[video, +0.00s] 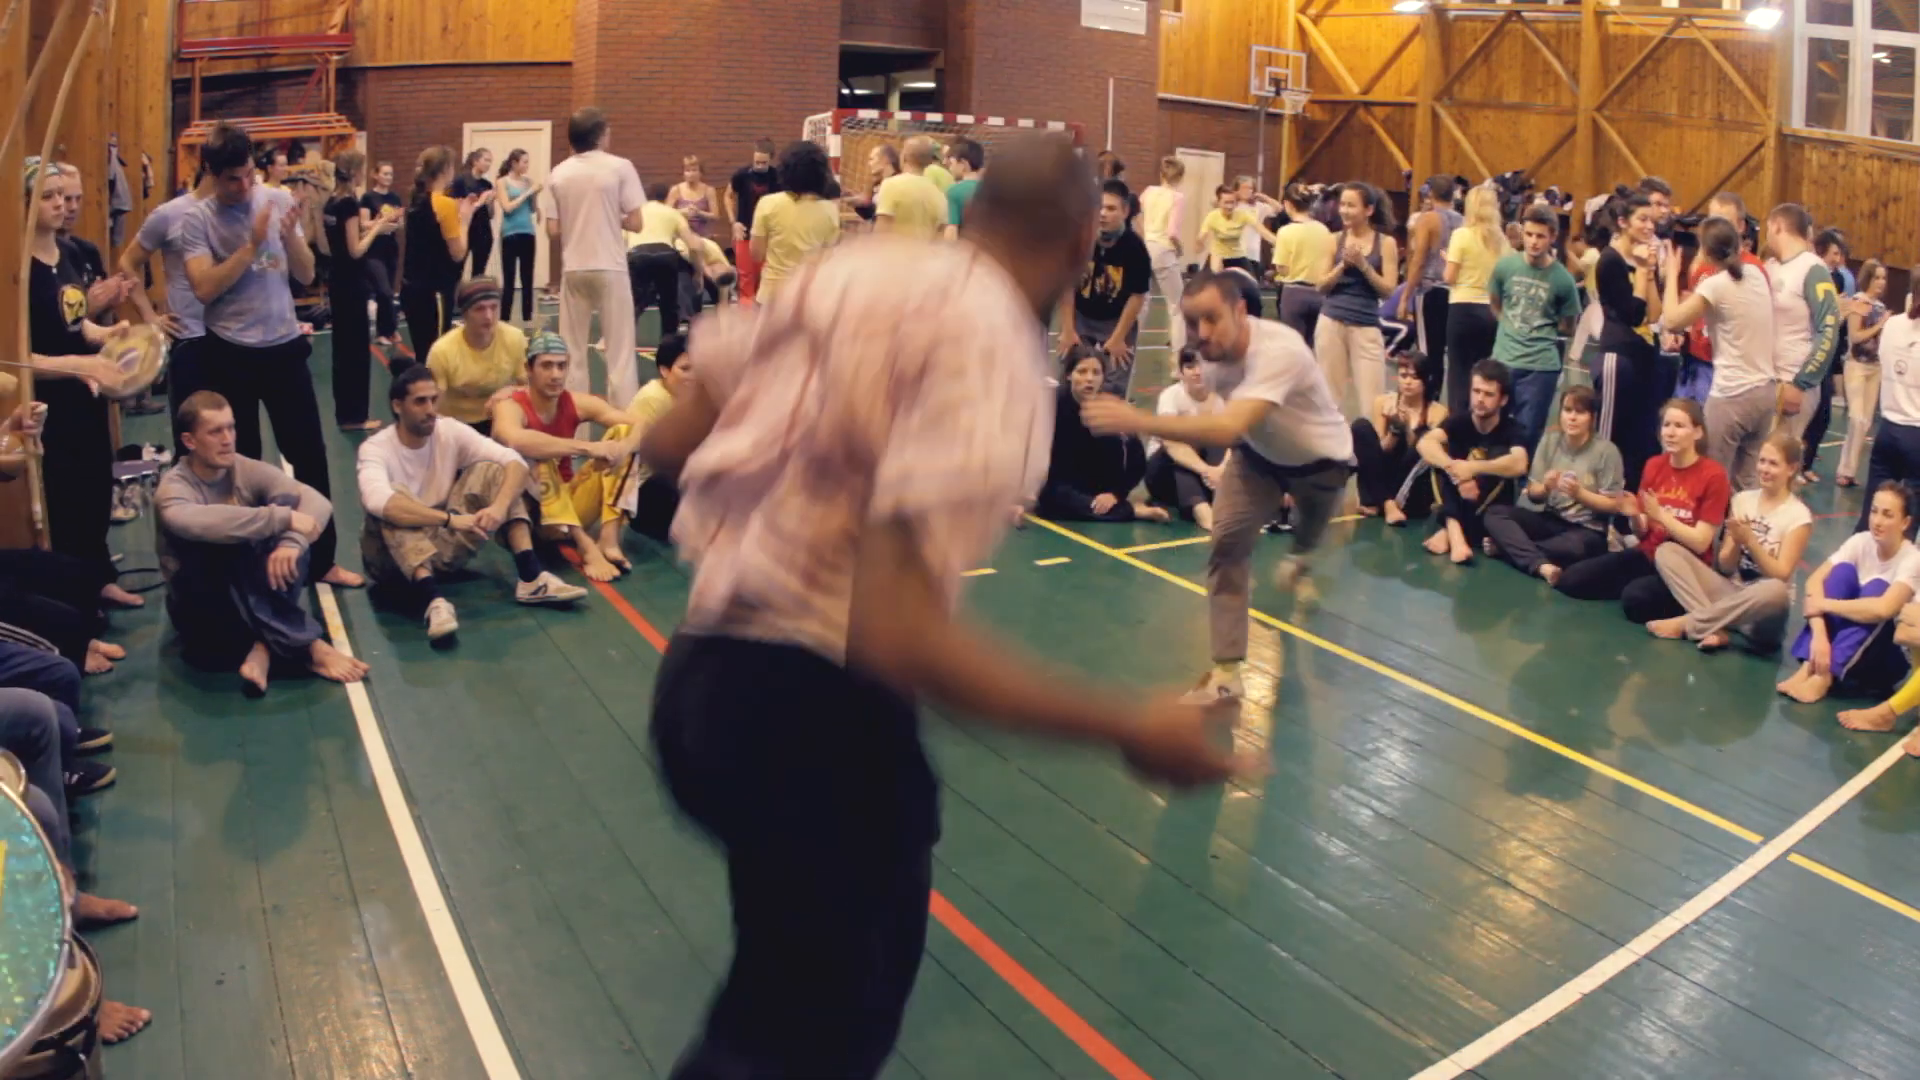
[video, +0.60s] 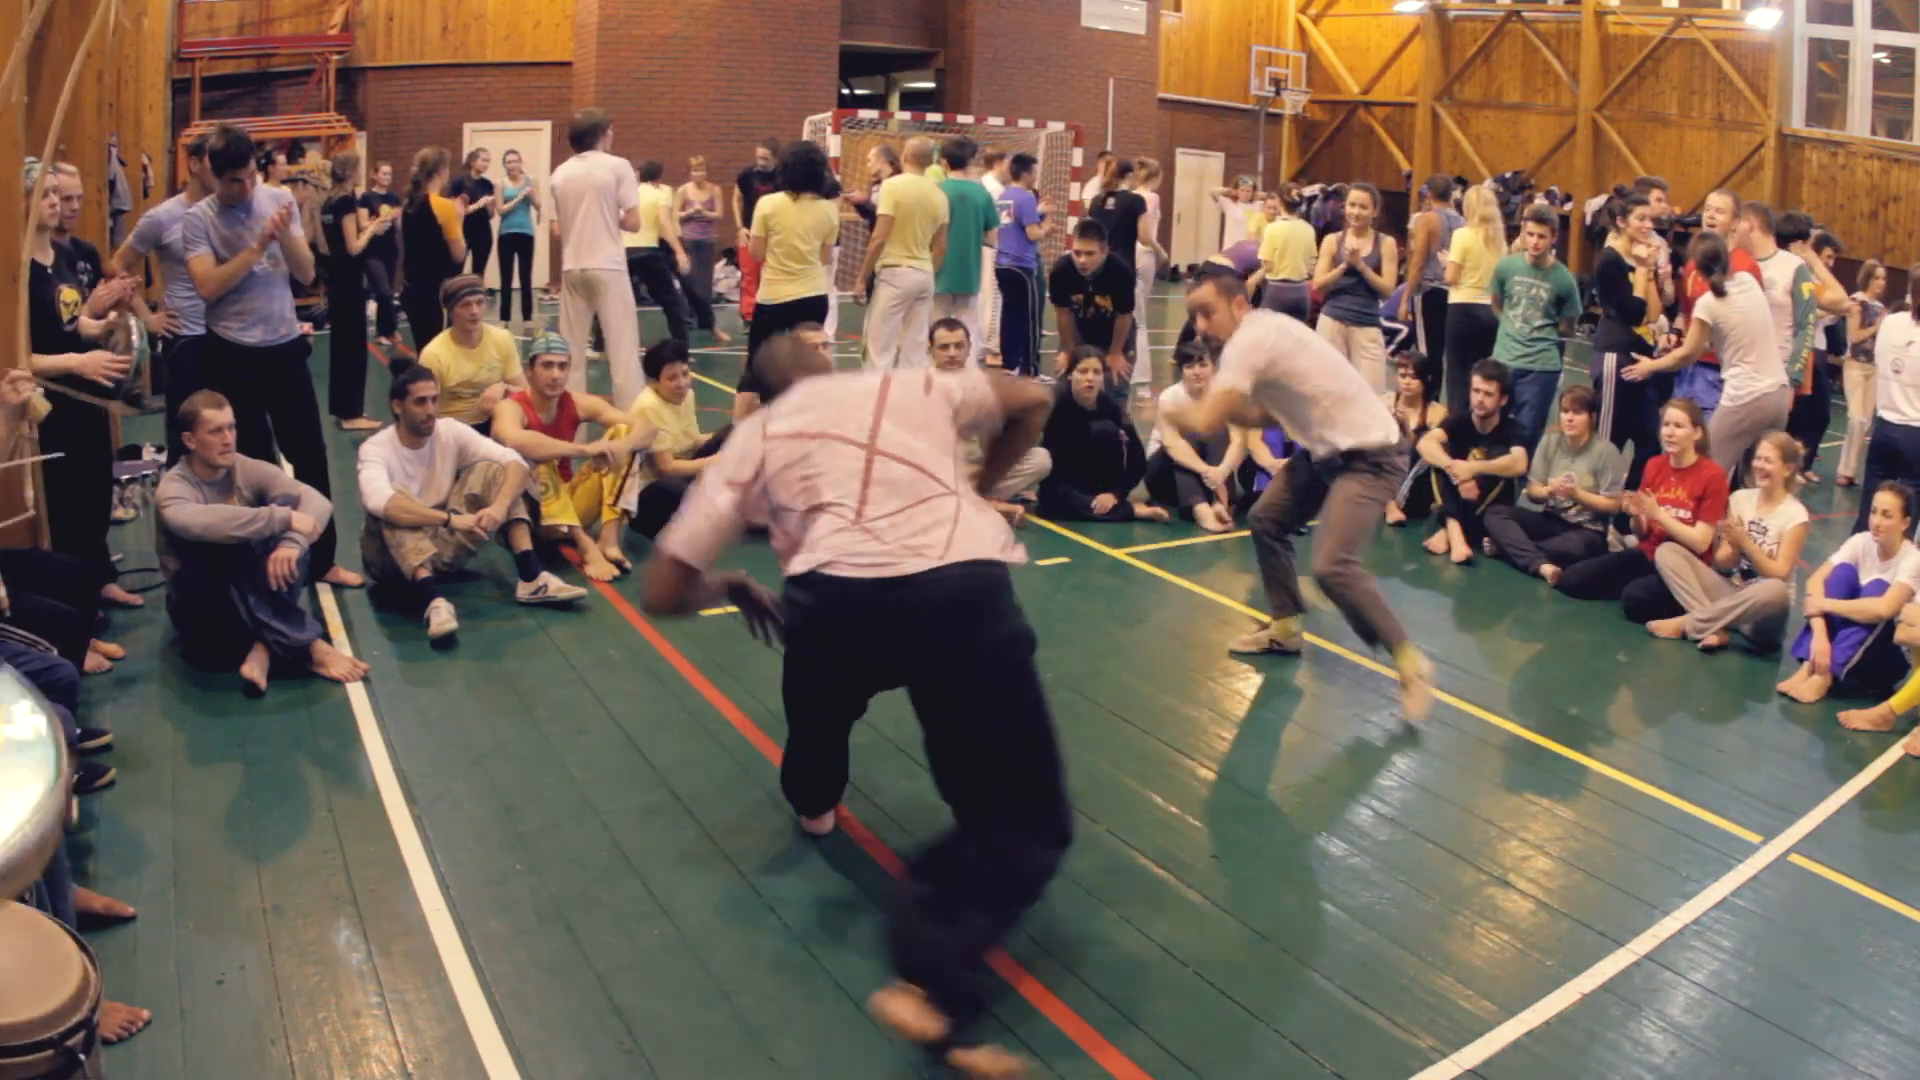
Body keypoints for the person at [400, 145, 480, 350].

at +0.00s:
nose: (453, 172)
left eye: (453, 167)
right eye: (452, 167)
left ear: (426, 169)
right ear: (444, 170)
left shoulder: (414, 200)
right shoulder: (444, 204)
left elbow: (431, 240)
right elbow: (458, 252)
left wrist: (459, 213)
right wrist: (465, 219)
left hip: (411, 285)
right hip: (433, 289)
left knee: (422, 353)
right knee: (433, 354)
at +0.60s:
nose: (449, 173)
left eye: (448, 168)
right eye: (447, 168)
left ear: (421, 170)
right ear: (441, 171)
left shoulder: (408, 206)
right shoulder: (444, 206)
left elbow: (405, 250)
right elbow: (458, 253)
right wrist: (459, 217)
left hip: (412, 286)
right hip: (434, 288)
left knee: (423, 350)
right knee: (434, 349)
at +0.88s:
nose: (452, 172)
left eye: (452, 167)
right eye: (451, 167)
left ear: (425, 170)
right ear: (445, 170)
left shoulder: (411, 207)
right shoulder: (452, 204)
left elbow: (411, 248)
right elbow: (463, 250)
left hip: (417, 284)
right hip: (444, 284)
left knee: (425, 348)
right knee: (441, 345)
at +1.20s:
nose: (455, 171)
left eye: (455, 167)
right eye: (454, 166)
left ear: (428, 168)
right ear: (449, 169)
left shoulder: (415, 204)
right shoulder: (453, 202)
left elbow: (420, 242)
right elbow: (468, 248)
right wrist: (465, 216)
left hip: (420, 281)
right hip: (446, 283)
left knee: (427, 346)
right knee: (445, 345)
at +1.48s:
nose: (455, 172)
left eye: (454, 167)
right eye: (454, 167)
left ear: (427, 168)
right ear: (449, 169)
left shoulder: (416, 203)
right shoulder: (456, 201)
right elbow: (468, 247)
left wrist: (461, 206)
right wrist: (468, 215)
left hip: (420, 282)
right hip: (447, 283)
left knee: (428, 346)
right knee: (448, 345)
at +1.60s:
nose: (456, 172)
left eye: (456, 167)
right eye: (455, 167)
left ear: (428, 168)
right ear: (449, 169)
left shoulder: (416, 203)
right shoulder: (455, 202)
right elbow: (469, 247)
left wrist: (462, 210)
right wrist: (468, 214)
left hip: (420, 282)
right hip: (447, 284)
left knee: (428, 347)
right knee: (448, 345)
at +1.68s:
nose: (456, 173)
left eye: (456, 168)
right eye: (456, 167)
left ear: (428, 168)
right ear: (450, 170)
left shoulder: (416, 203)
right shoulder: (454, 201)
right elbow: (472, 246)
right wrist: (475, 214)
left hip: (421, 281)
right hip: (448, 283)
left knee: (429, 347)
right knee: (449, 345)